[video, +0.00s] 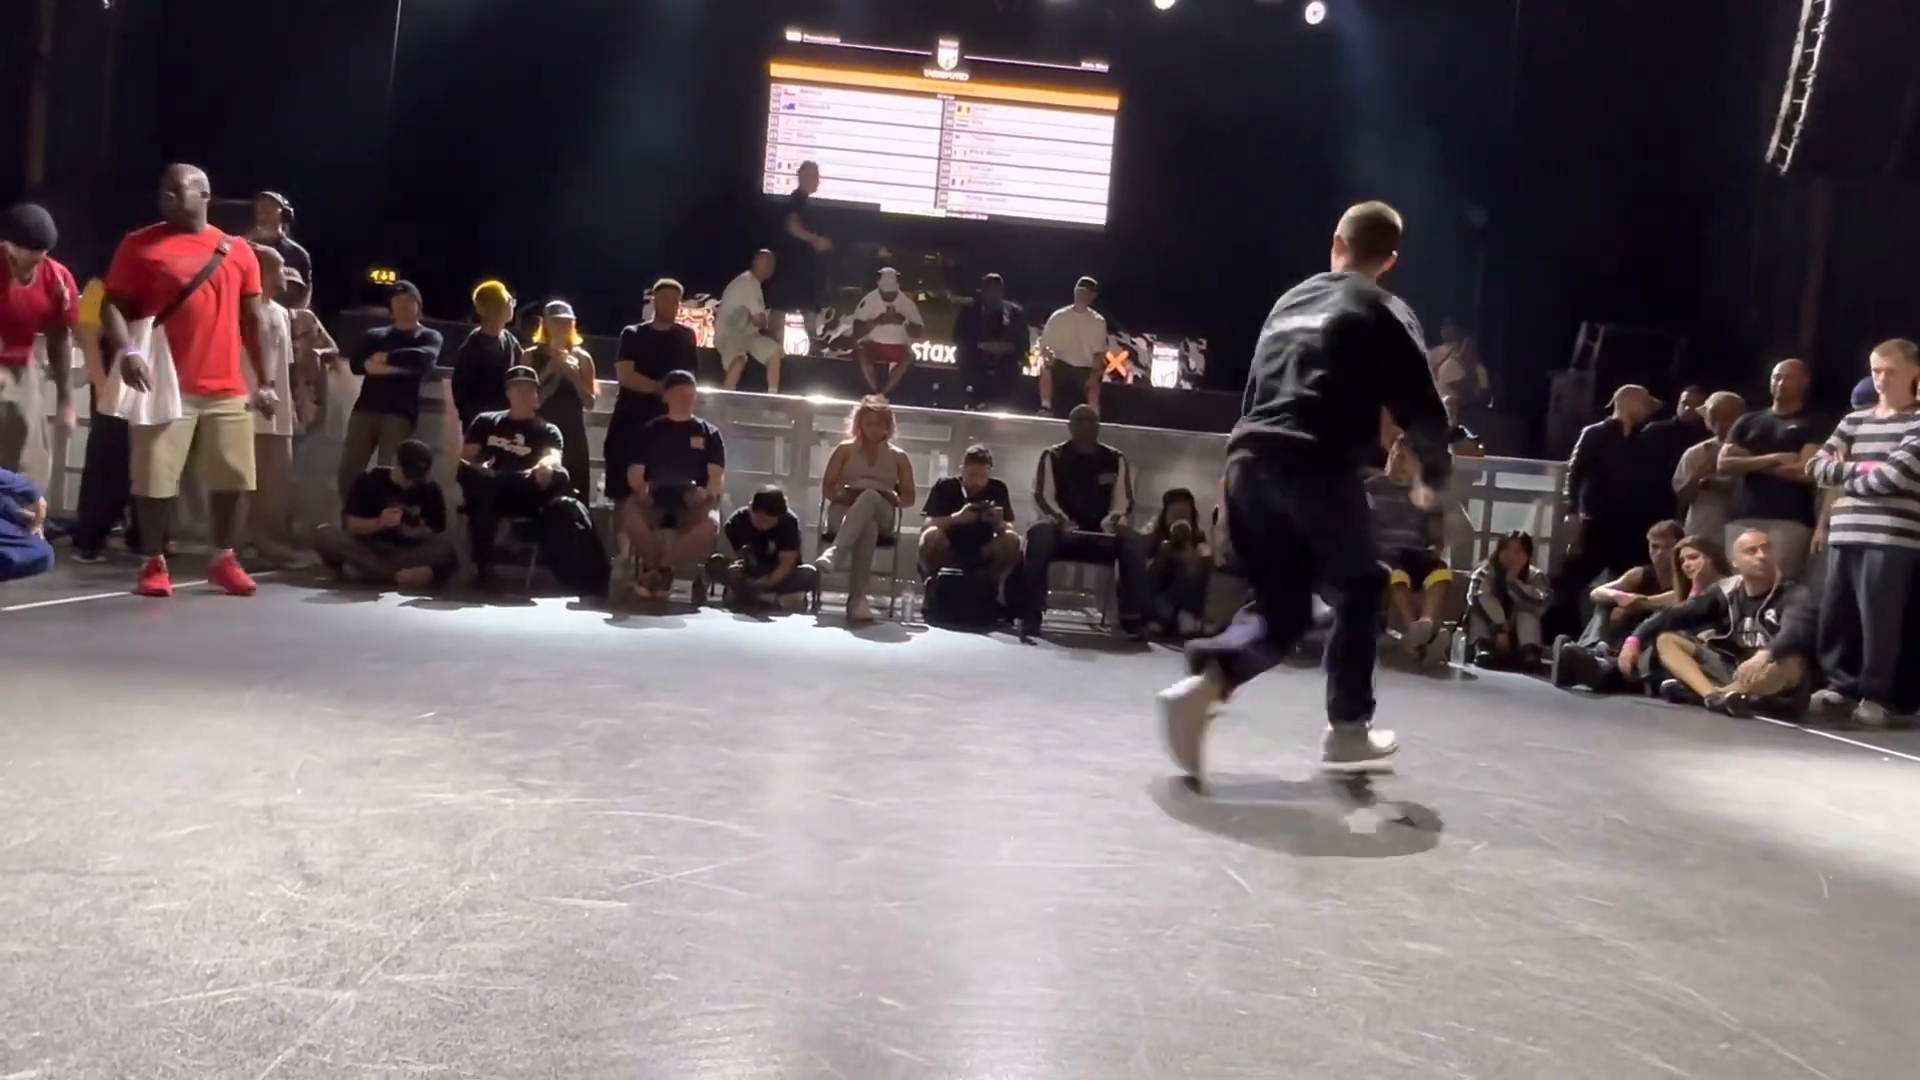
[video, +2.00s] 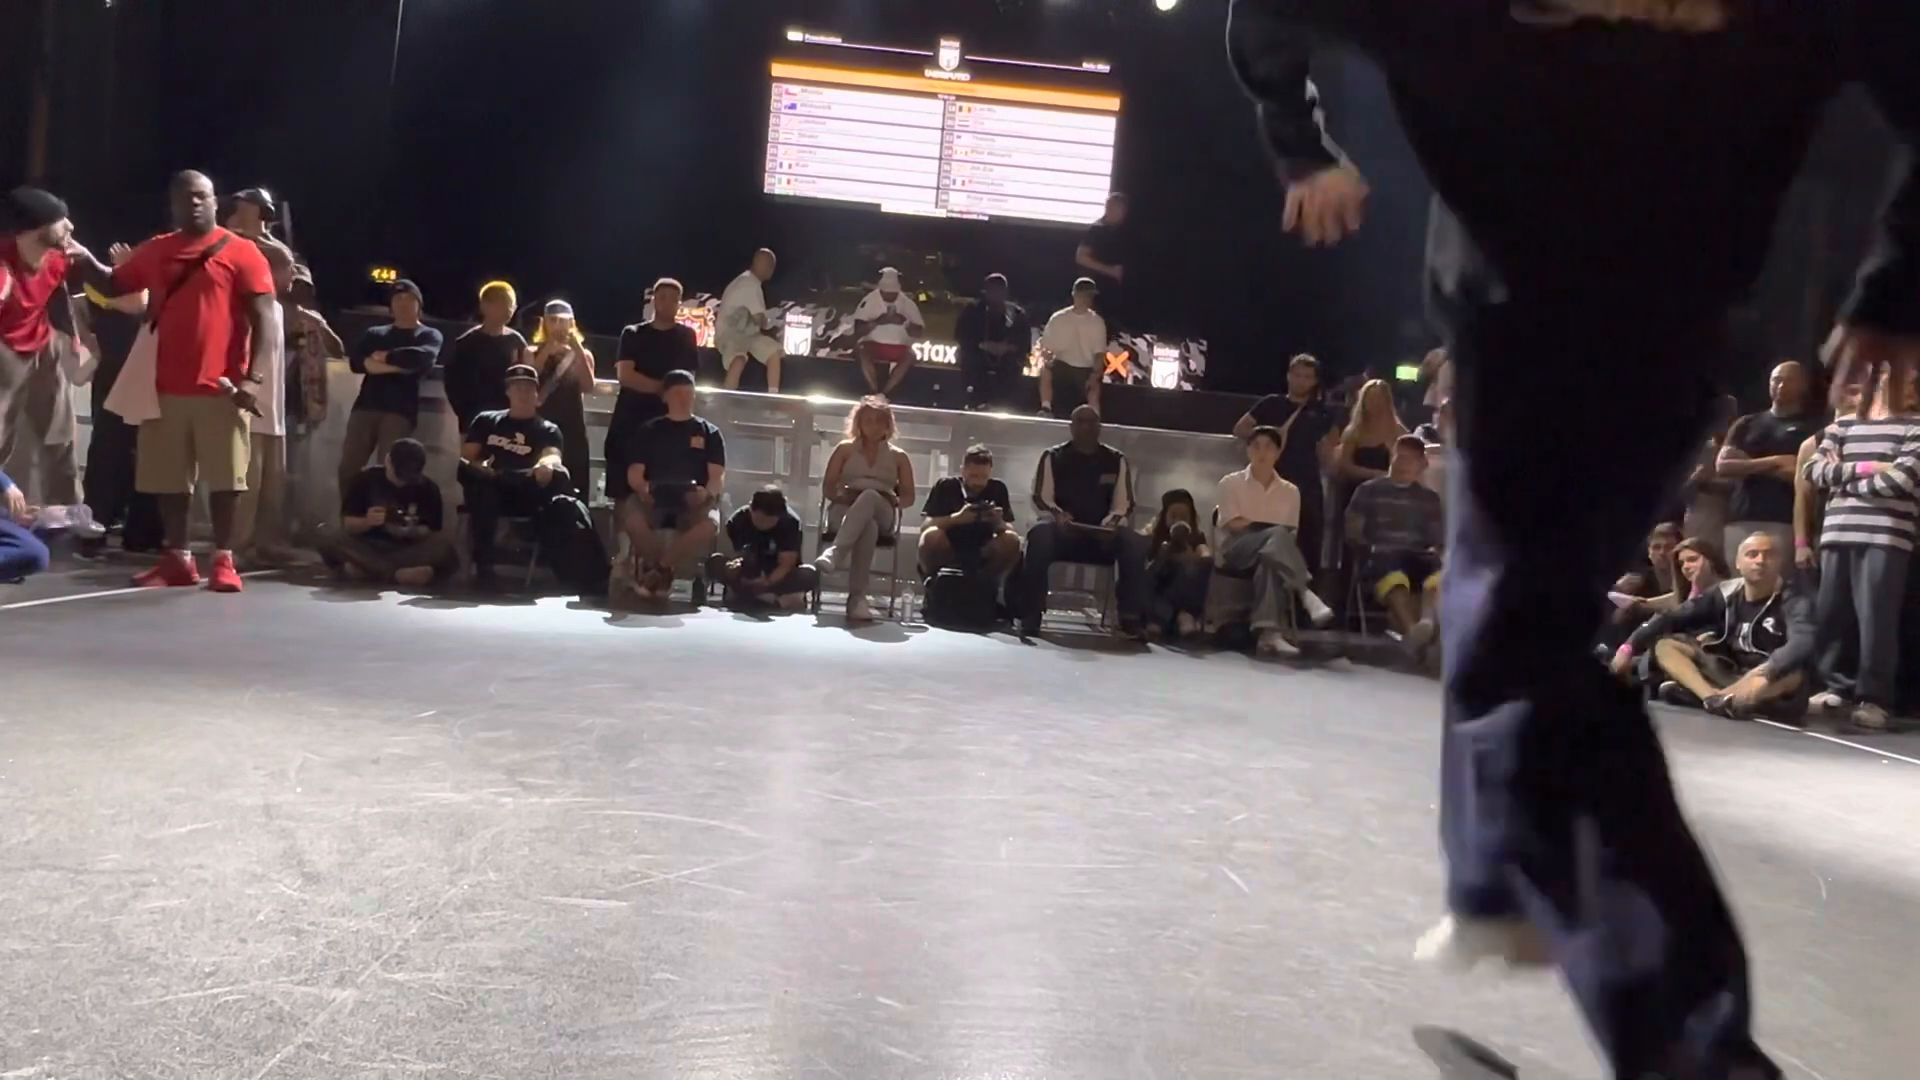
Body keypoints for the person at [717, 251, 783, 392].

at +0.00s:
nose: (769, 271)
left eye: (771, 267)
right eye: (767, 266)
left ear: (771, 268)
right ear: (758, 264)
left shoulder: (755, 284)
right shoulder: (747, 283)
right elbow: (759, 319)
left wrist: (757, 318)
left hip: (748, 333)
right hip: (729, 332)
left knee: (774, 353)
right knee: (739, 359)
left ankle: (772, 396)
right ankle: (725, 397)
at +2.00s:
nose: (772, 270)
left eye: (773, 267)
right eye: (771, 266)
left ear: (756, 264)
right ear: (762, 265)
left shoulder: (753, 282)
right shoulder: (749, 283)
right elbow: (759, 318)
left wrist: (764, 319)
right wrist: (767, 323)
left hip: (750, 334)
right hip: (730, 333)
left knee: (774, 353)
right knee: (738, 360)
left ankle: (773, 397)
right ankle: (726, 399)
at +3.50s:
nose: (758, 280)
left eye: (758, 276)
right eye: (756, 275)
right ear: (746, 275)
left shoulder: (743, 297)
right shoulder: (730, 292)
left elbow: (747, 325)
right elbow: (740, 327)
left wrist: (764, 322)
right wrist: (756, 332)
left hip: (738, 345)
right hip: (717, 345)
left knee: (763, 364)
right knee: (725, 370)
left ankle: (762, 407)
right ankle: (715, 410)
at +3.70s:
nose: (753, 280)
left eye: (753, 276)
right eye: (750, 276)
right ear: (738, 276)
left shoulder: (739, 299)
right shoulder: (719, 292)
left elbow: (744, 326)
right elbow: (727, 325)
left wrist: (760, 323)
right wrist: (749, 333)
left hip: (732, 346)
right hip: (711, 346)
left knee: (758, 364)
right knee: (720, 372)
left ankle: (757, 409)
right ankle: (710, 412)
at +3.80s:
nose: (739, 281)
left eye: (742, 278)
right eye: (736, 276)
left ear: (745, 281)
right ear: (728, 275)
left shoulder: (737, 303)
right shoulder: (710, 293)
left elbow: (744, 334)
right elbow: (700, 322)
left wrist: (729, 328)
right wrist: (723, 326)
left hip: (729, 347)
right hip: (706, 345)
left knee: (755, 366)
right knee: (716, 372)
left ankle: (754, 410)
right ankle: (706, 412)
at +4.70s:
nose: (723, 294)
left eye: (726, 290)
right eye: (719, 290)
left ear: (729, 295)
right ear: (710, 292)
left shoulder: (730, 318)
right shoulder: (697, 312)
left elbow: (737, 350)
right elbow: (700, 345)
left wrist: (711, 345)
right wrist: (725, 345)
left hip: (725, 362)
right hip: (701, 362)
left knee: (753, 383)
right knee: (709, 391)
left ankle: (756, 428)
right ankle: (703, 432)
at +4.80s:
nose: (724, 297)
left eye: (727, 294)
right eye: (720, 293)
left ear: (730, 298)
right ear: (711, 295)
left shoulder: (730, 321)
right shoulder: (698, 315)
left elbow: (737, 353)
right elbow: (700, 347)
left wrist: (713, 346)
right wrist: (727, 349)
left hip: (725, 366)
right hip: (703, 365)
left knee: (754, 386)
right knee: (709, 394)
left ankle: (754, 427)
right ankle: (703, 434)